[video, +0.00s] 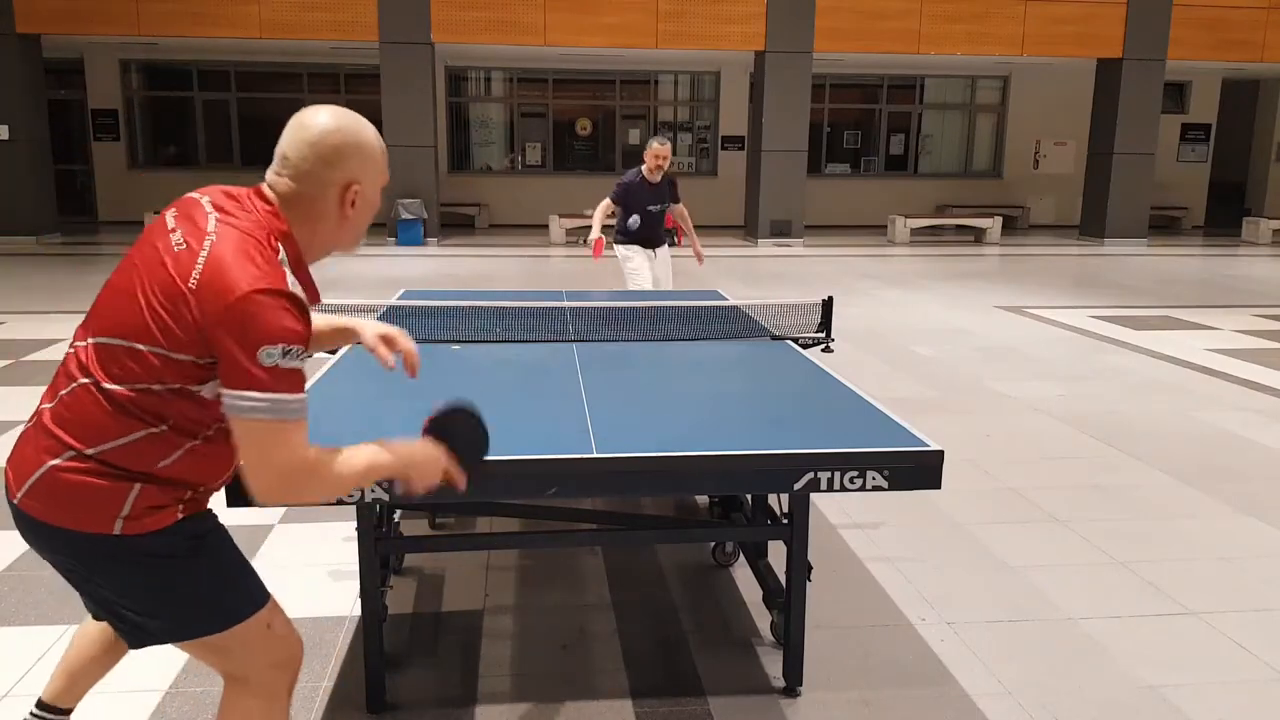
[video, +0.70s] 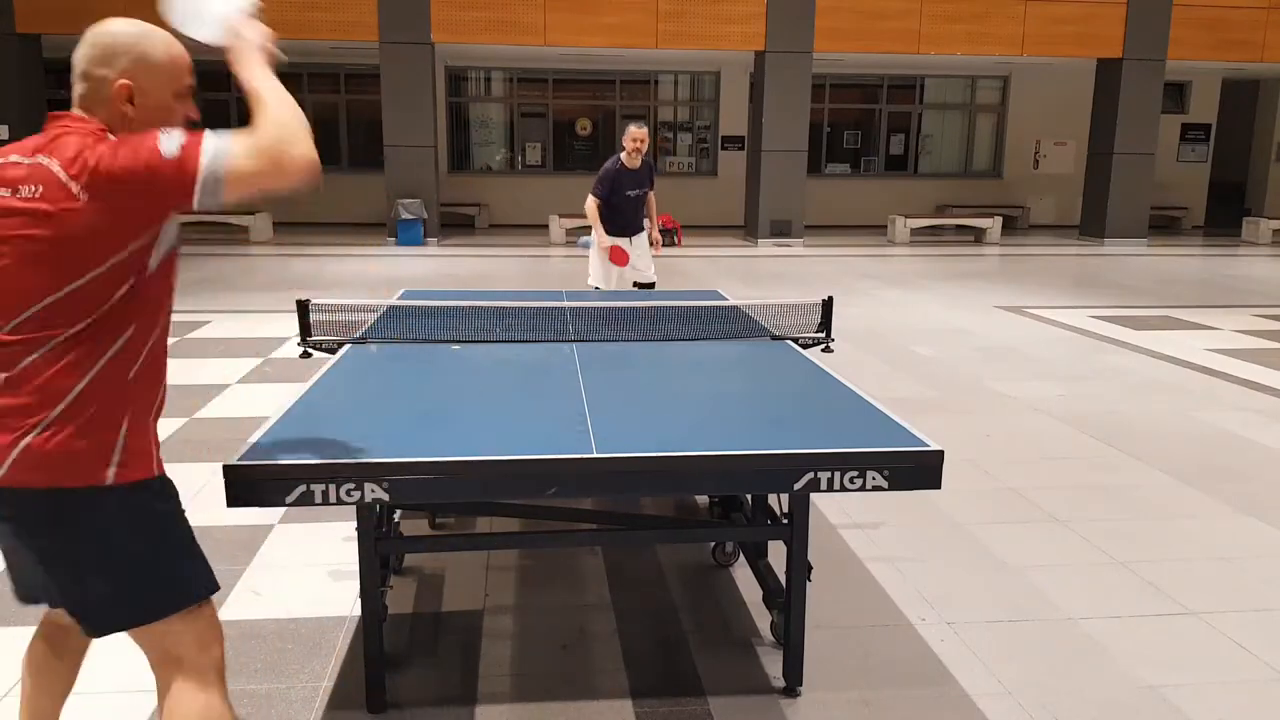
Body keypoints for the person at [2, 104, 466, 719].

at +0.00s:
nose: (376, 206)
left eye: (382, 190)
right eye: (379, 191)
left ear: (283, 170)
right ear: (350, 199)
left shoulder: (209, 206)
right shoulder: (256, 295)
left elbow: (241, 327)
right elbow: (281, 478)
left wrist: (350, 329)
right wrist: (392, 459)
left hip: (48, 468)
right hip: (114, 506)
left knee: (140, 601)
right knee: (269, 660)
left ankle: (47, 712)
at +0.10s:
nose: (382, 226)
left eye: (386, 211)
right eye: (383, 210)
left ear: (288, 184)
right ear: (352, 214)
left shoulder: (227, 217)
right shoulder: (244, 303)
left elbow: (314, 329)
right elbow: (193, 489)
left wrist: (376, 319)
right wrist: (339, 526)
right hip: (99, 503)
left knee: (135, 609)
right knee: (265, 657)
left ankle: (51, 712)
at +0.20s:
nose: (374, 241)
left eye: (380, 226)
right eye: (376, 225)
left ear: (284, 199)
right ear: (337, 226)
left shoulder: (265, 248)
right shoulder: (211, 310)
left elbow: (327, 330)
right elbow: (110, 480)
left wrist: (371, 310)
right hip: (83, 502)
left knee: (127, 621)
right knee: (263, 650)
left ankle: (51, 716)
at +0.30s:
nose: (346, 245)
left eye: (353, 232)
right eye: (347, 231)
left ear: (294, 220)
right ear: (301, 225)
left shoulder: (249, 249)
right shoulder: (176, 312)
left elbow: (310, 310)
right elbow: (67, 472)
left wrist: (342, 292)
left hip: (134, 490)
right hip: (93, 506)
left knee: (129, 626)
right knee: (248, 656)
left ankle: (48, 708)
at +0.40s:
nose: (316, 218)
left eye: (320, 200)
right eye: (310, 200)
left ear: (247, 191)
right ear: (252, 196)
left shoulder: (192, 217)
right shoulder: (155, 291)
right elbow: (69, 462)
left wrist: (268, 266)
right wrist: (84, 595)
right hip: (92, 500)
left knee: (128, 614)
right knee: (232, 653)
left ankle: (67, 701)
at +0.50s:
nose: (270, 171)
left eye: (273, 153)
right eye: (260, 152)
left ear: (189, 145)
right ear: (194, 147)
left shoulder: (102, 184)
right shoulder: (144, 248)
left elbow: (163, 228)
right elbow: (152, 424)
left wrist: (223, 227)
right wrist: (247, 485)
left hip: (28, 462)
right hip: (83, 481)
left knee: (103, 615)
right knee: (210, 649)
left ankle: (39, 716)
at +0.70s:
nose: (191, 115)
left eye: (189, 97)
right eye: (178, 96)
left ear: (109, 94)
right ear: (123, 95)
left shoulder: (15, 162)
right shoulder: (122, 166)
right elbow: (291, 158)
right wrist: (250, 58)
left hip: (15, 462)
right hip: (93, 468)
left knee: (66, 619)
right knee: (191, 662)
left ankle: (35, 719)